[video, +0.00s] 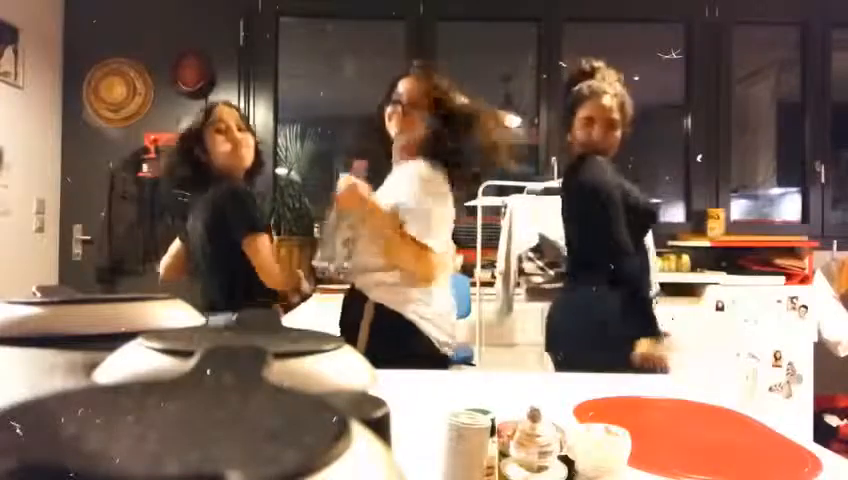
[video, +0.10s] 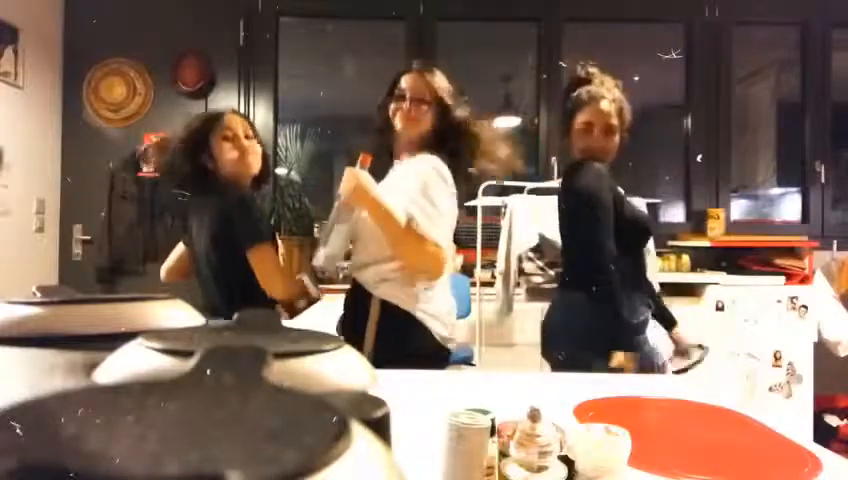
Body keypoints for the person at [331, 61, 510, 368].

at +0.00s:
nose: (394, 110)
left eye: (408, 105)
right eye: (393, 102)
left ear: (434, 119)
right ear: (386, 108)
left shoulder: (421, 177)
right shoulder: (403, 175)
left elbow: (426, 266)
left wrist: (367, 210)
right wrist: (363, 205)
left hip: (399, 322)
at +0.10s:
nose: (406, 108)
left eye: (420, 102)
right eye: (399, 98)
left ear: (441, 114)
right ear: (390, 106)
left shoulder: (428, 169)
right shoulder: (403, 170)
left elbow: (430, 263)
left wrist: (369, 199)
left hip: (399, 318)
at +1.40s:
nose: (365, 121)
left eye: (378, 115)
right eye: (361, 113)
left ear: (404, 124)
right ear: (355, 117)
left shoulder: (395, 173)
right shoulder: (410, 175)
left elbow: (409, 256)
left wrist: (363, 191)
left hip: (389, 316)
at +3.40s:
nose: (396, 124)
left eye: (409, 118)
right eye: (392, 116)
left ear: (431, 129)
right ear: (385, 122)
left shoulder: (426, 170)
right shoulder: (412, 172)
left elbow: (439, 250)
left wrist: (372, 224)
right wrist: (370, 228)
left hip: (424, 311)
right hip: (410, 308)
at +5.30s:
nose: (404, 118)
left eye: (416, 112)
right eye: (399, 109)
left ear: (438, 123)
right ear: (392, 117)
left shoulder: (436, 184)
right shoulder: (405, 182)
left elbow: (461, 272)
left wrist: (386, 252)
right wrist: (362, 231)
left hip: (419, 316)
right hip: (392, 310)